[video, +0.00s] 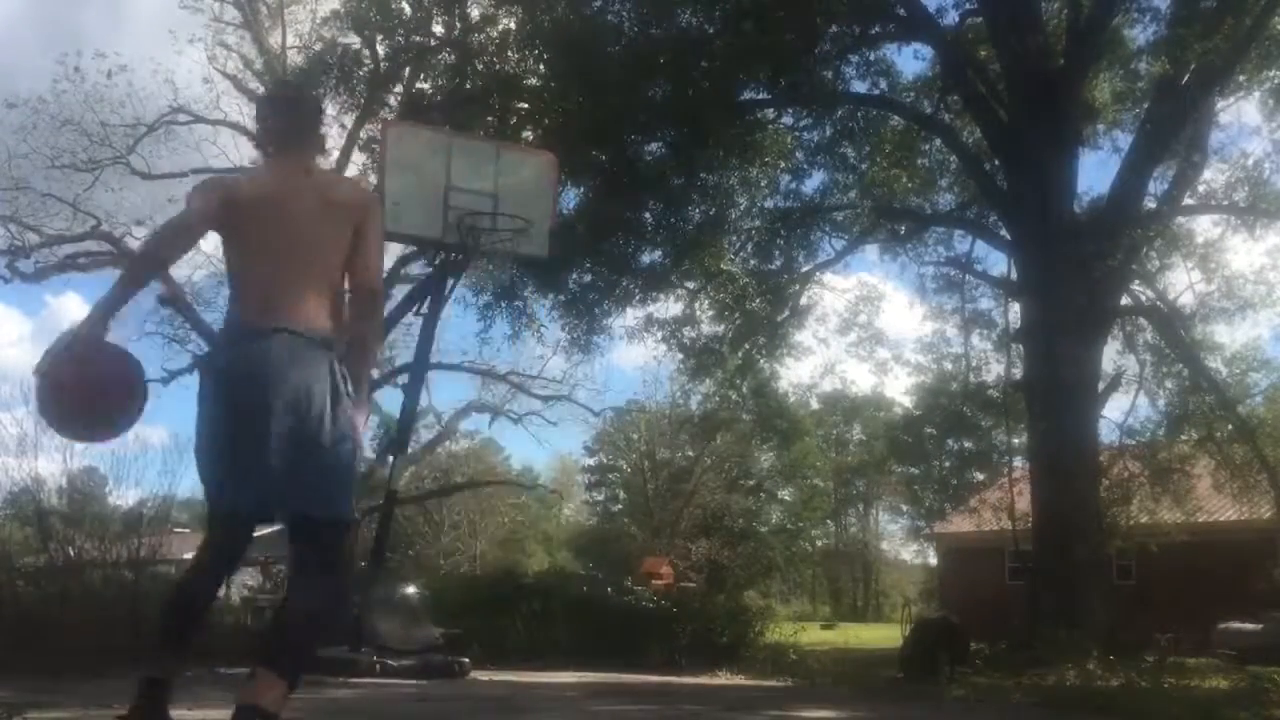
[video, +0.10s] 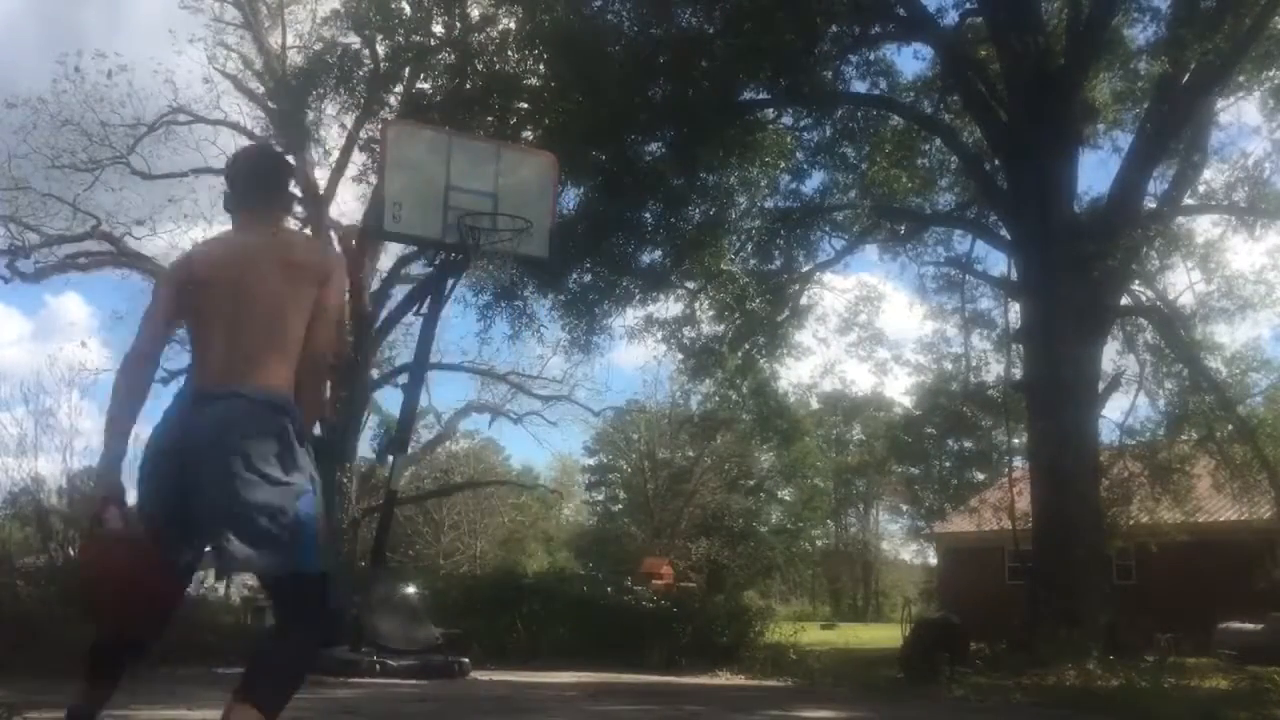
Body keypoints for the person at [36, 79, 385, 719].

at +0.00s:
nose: (262, 137)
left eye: (261, 126)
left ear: (262, 132)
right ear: (320, 134)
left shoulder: (228, 190)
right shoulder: (357, 196)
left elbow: (158, 253)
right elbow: (368, 299)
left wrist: (94, 321)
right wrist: (357, 392)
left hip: (235, 371)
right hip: (313, 376)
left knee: (222, 542)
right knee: (318, 564)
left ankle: (152, 692)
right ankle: (259, 707)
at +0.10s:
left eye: (233, 192)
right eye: (283, 191)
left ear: (229, 198)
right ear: (286, 196)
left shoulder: (192, 262)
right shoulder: (323, 257)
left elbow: (140, 360)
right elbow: (319, 356)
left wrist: (111, 465)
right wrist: (302, 431)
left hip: (181, 442)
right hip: (263, 445)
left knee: (143, 595)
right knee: (306, 617)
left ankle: (85, 707)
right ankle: (242, 712)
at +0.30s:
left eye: (237, 243)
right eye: (287, 241)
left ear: (235, 247)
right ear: (291, 245)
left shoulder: (196, 296)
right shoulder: (318, 298)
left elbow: (121, 386)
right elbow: (365, 410)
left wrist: (69, 481)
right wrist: (318, 459)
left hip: (164, 461)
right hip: (246, 465)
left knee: (151, 592)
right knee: (341, 611)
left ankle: (75, 707)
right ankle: (235, 707)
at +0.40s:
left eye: (277, 195)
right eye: (332, 195)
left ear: (275, 200)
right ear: (333, 198)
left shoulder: (240, 252)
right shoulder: (365, 255)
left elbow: (139, 305)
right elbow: (440, 353)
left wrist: (81, 374)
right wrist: (377, 372)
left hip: (206, 416)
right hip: (286, 425)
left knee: (157, 577)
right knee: (331, 611)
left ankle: (96, 707)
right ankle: (222, 711)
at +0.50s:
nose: (373, 157)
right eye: (371, 148)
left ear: (307, 148)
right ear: (366, 148)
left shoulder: (268, 198)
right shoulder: (396, 204)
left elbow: (173, 257)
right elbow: (468, 302)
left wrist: (165, 301)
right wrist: (423, 301)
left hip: (244, 377)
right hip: (326, 387)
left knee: (218, 556)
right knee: (318, 577)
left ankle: (149, 699)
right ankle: (220, 707)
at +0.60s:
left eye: (344, 98)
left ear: (336, 103)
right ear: (394, 102)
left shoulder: (294, 163)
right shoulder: (427, 170)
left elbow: (231, 254)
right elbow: (479, 286)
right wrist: (443, 269)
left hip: (283, 343)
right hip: (365, 352)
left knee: (271, 534)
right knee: (357, 553)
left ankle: (197, 701)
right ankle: (276, 705)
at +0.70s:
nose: (384, 117)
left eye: (368, 105)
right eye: (414, 105)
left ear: (363, 104)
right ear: (422, 103)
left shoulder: (321, 169)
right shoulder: (454, 170)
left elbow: (294, 287)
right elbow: (479, 292)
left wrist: (353, 252)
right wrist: (430, 263)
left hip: (317, 356)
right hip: (404, 357)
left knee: (300, 547)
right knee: (437, 548)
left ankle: (196, 701)